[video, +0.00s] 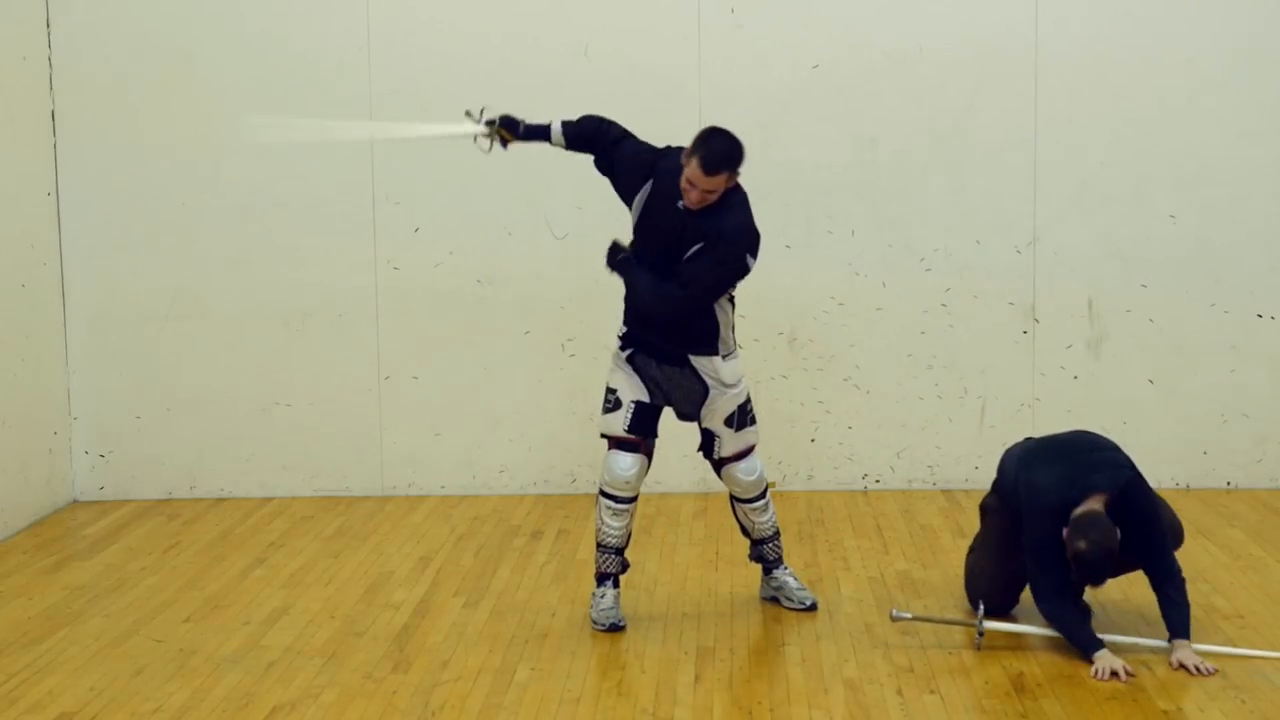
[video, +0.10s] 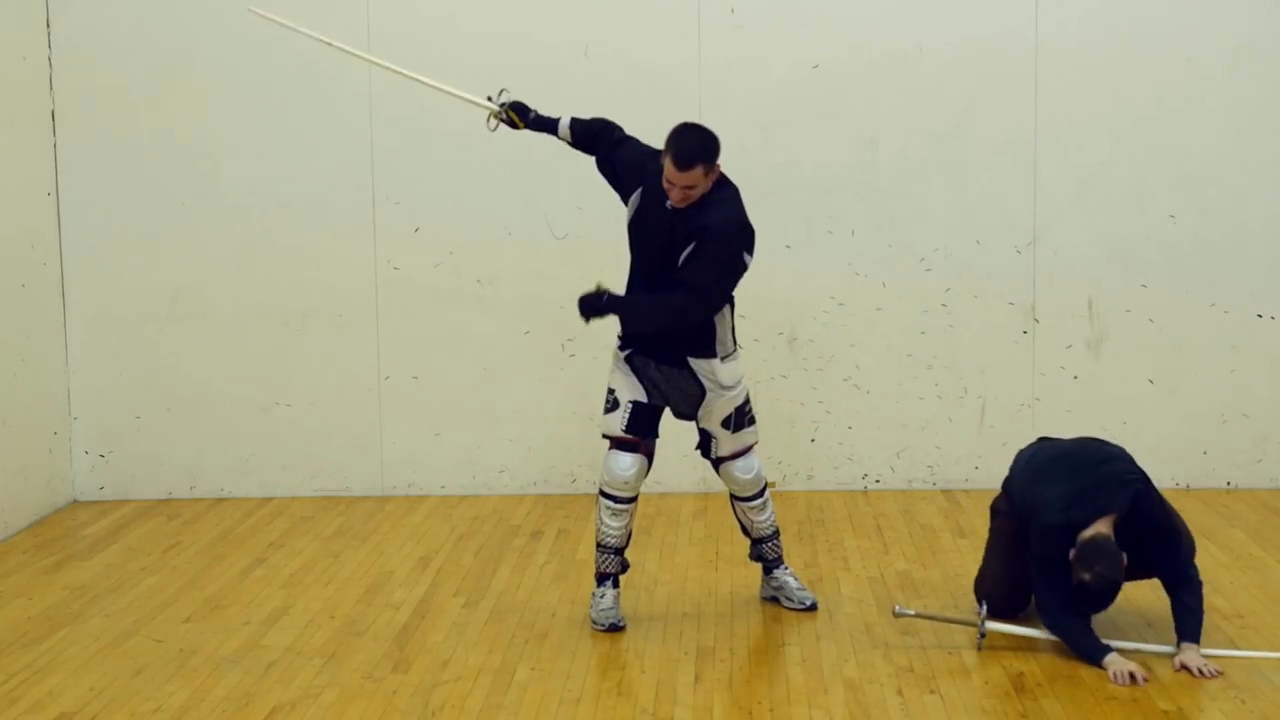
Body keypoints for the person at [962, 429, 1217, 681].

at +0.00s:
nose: (1090, 586)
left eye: (1098, 580)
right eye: (1086, 579)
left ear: (1119, 539)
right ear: (1065, 541)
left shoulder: (1133, 493)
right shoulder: (1040, 504)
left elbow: (1164, 568)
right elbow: (1049, 592)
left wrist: (1181, 642)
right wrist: (1097, 651)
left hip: (1095, 452)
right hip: (1024, 465)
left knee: (1168, 534)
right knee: (990, 600)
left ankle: (1070, 585)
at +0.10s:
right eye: (1078, 590)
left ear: (1121, 564)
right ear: (1072, 558)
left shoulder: (1145, 508)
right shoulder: (1049, 526)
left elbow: (1182, 571)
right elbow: (1054, 609)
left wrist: (1189, 645)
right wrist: (1107, 657)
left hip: (1105, 459)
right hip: (1034, 466)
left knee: (1177, 549)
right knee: (1001, 603)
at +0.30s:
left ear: (1139, 575)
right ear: (1087, 568)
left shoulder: (1162, 514)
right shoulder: (1066, 540)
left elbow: (1204, 580)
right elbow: (1078, 626)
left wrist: (1192, 647)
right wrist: (1140, 671)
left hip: (1129, 469)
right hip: (1056, 472)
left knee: (1181, 581)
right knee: (1013, 606)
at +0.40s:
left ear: (1148, 581)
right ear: (1094, 574)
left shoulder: (1172, 519)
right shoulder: (1076, 544)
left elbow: (1210, 586)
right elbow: (1091, 634)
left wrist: (1193, 647)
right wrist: (1151, 674)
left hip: (1141, 475)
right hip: (1068, 476)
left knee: (1183, 600)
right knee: (1014, 604)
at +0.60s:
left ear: (1167, 603)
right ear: (1113, 591)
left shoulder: (1202, 551)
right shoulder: (1096, 565)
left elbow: (1224, 595)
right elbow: (1109, 649)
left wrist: (1195, 647)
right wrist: (1174, 682)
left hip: (1166, 488)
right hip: (1091, 484)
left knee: (1182, 627)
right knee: (1029, 599)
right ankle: (1078, 600)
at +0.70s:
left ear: (1177, 616)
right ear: (1125, 601)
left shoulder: (1217, 573)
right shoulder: (1111, 573)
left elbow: (1231, 605)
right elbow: (1113, 655)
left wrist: (1198, 647)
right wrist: (1182, 685)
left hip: (1173, 491)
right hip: (1099, 487)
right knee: (1040, 604)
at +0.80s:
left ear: (1184, 630)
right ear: (1134, 604)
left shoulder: (1223, 579)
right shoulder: (1120, 573)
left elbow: (1242, 623)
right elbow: (1116, 660)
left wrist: (1218, 659)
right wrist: (1184, 686)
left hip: (1178, 499)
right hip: (1104, 497)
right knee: (1043, 605)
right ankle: (1038, 536)